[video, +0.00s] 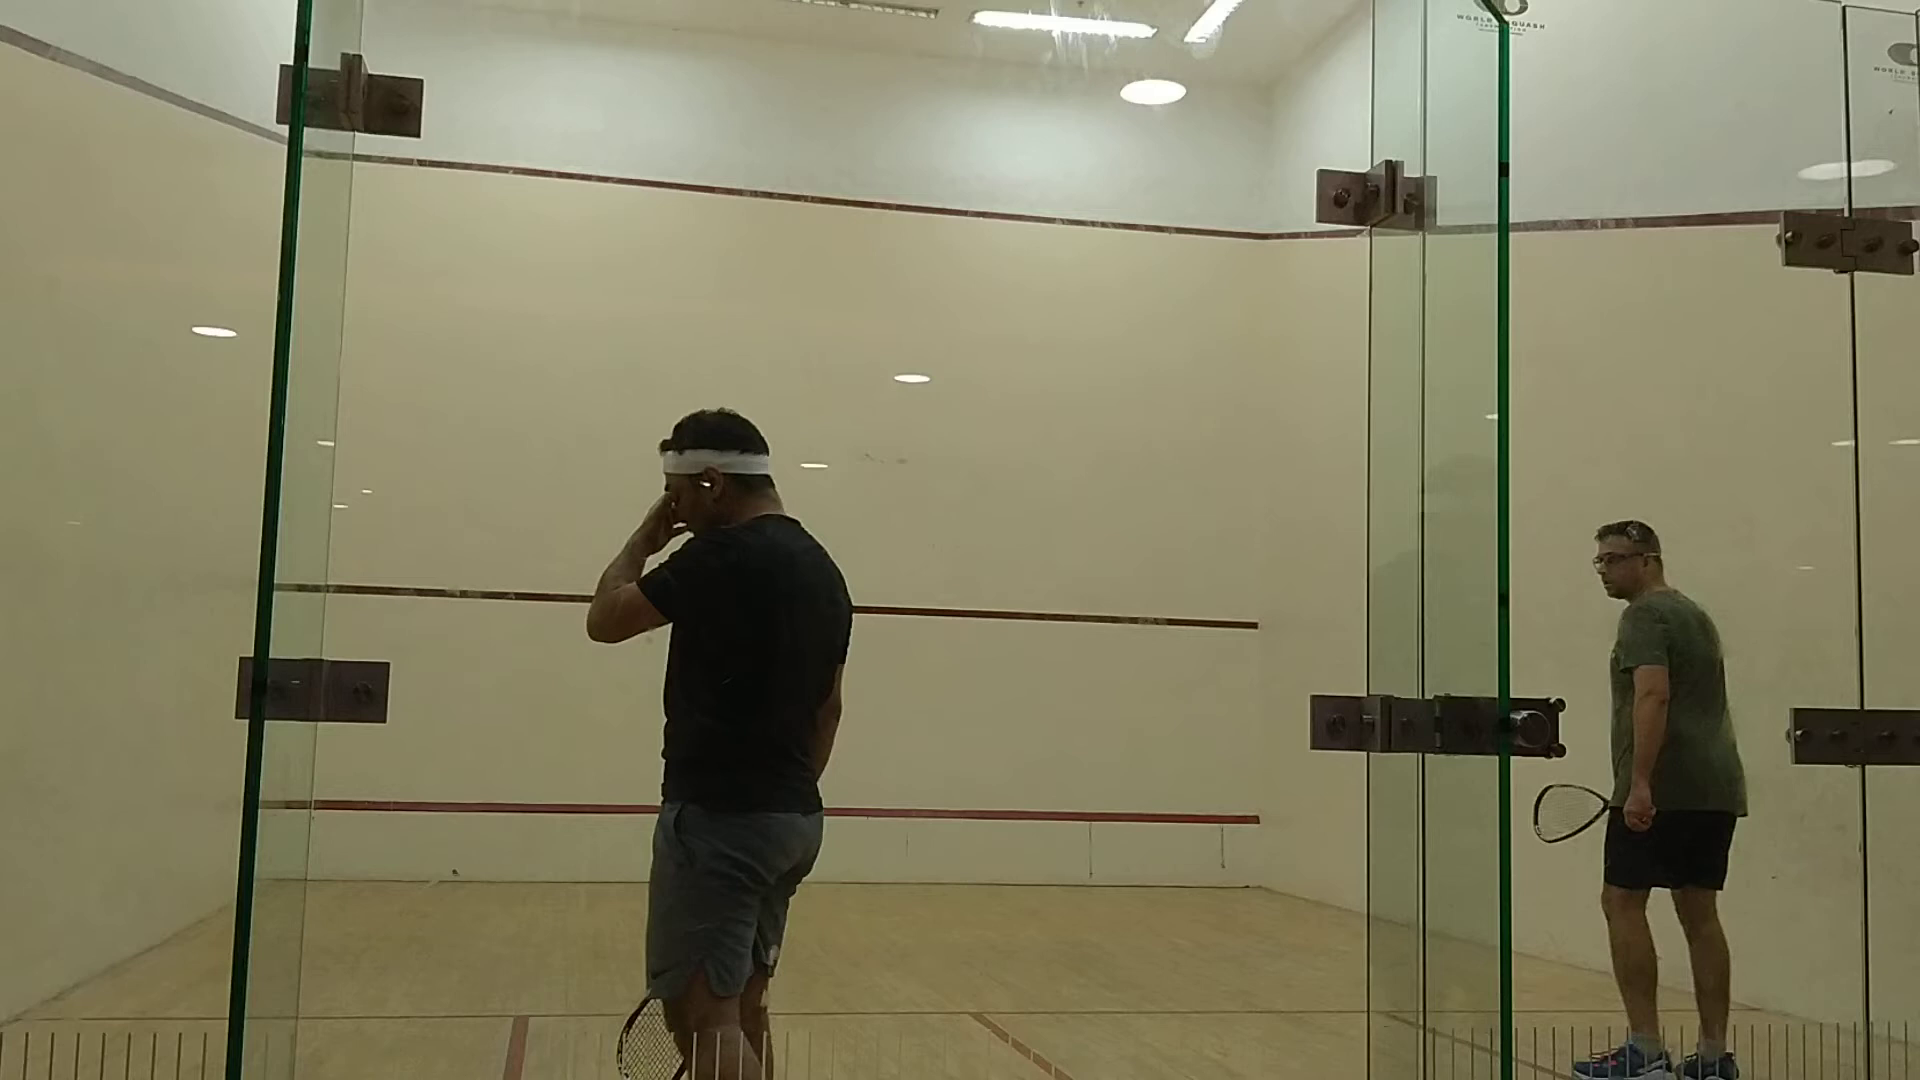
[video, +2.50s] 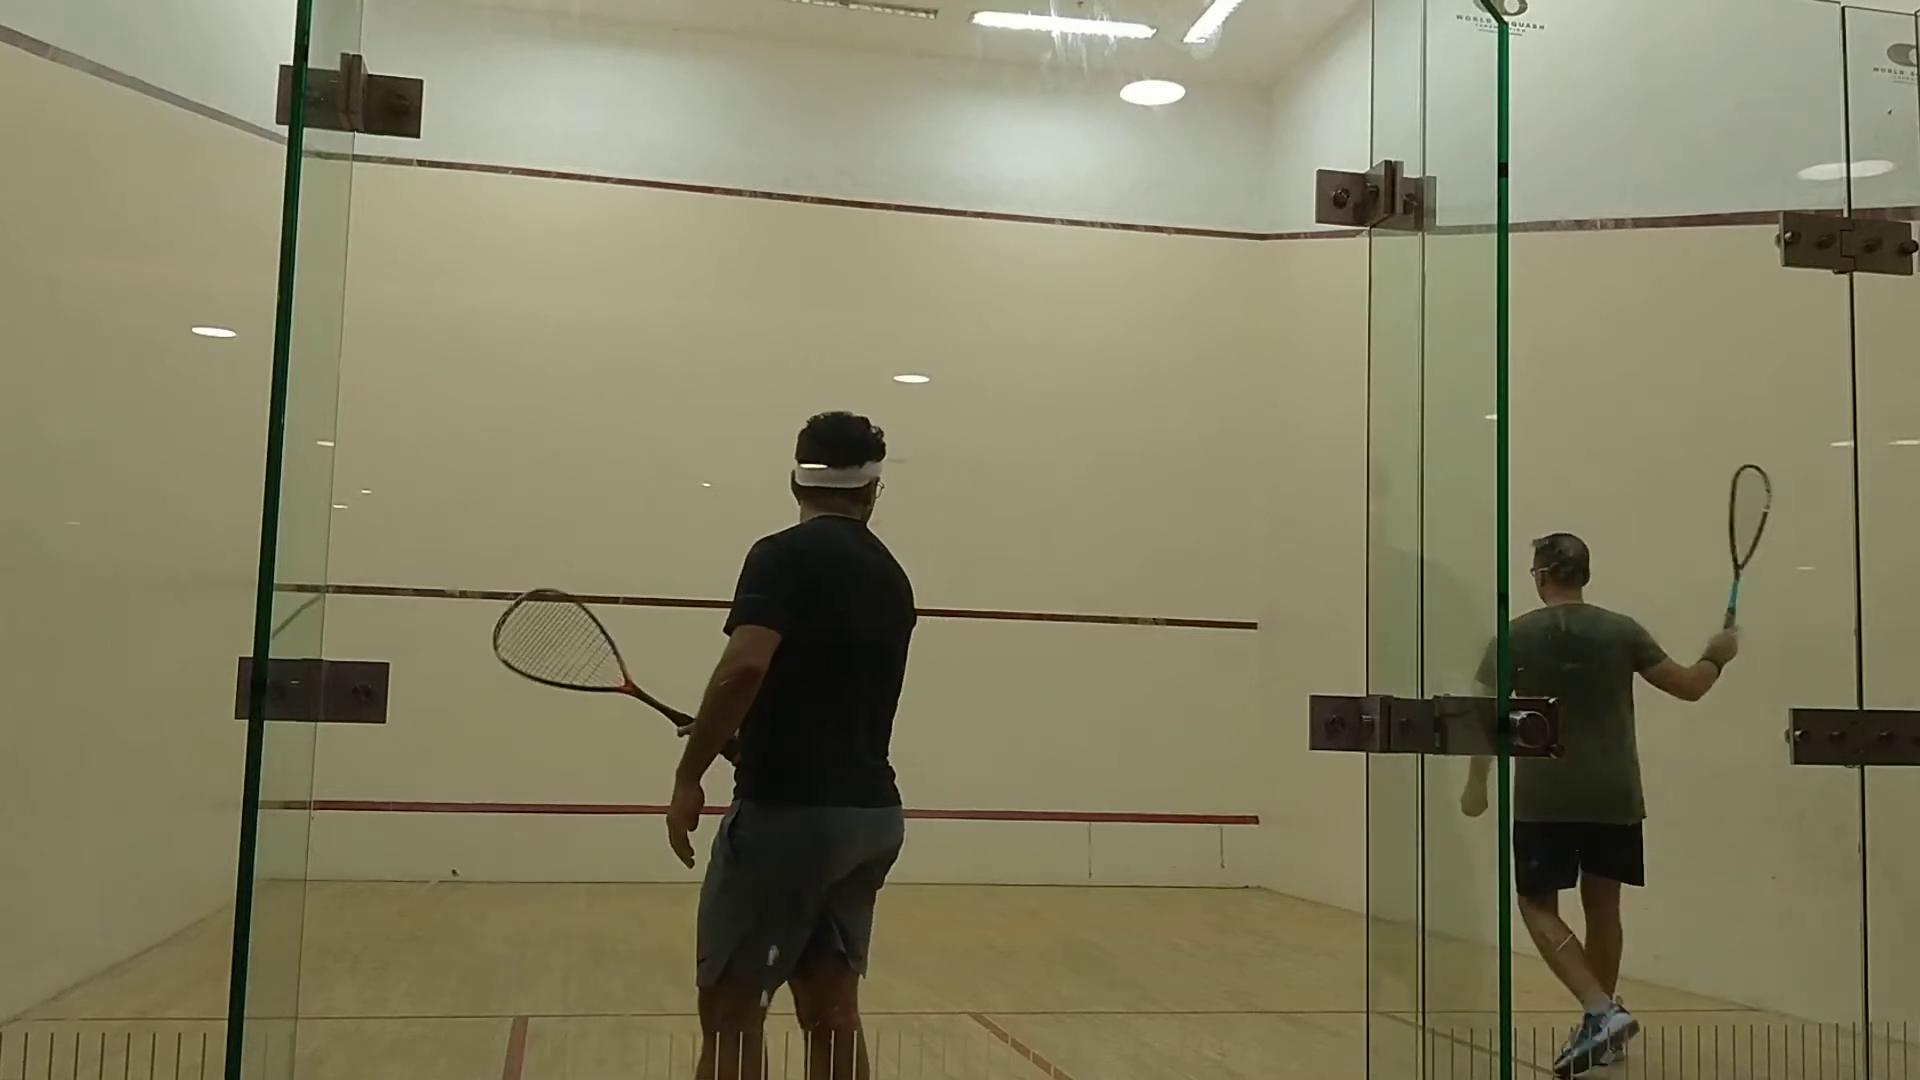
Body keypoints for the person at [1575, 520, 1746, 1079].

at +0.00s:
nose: (1601, 570)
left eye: (1611, 561)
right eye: (1599, 562)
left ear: (1646, 560)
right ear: (1648, 567)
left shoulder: (1644, 614)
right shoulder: (1692, 614)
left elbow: (1653, 697)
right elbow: (1702, 710)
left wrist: (1639, 782)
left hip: (1657, 793)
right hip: (1711, 793)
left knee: (1621, 901)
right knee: (1699, 910)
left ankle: (1644, 1047)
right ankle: (1714, 1053)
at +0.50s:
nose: (1548, 570)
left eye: (1557, 560)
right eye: (1546, 562)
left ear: (1593, 560)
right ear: (1598, 565)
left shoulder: (1599, 618)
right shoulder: (1640, 612)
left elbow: (1591, 700)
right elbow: (1648, 702)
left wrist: (1556, 724)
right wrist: (1572, 733)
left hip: (1611, 797)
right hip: (1656, 791)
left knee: (1609, 911)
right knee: (1638, 903)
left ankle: (1629, 1052)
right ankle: (1684, 1033)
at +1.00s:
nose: (1522, 607)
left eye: (1518, 595)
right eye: (1516, 598)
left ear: (1535, 578)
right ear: (1558, 571)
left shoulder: (1555, 631)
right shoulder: (1629, 615)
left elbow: (1548, 722)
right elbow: (1643, 706)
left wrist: (1530, 794)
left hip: (1607, 799)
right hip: (1667, 791)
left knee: (1619, 918)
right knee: (1654, 912)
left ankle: (1629, 1052)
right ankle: (1669, 1044)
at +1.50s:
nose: (1531, 604)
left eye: (1530, 592)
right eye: (1527, 594)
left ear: (1550, 580)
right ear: (1575, 575)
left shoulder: (1557, 623)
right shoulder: (1636, 619)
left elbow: (1538, 711)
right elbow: (1644, 708)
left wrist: (1554, 744)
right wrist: (1573, 740)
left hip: (1610, 796)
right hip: (1672, 790)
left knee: (1621, 917)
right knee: (1659, 914)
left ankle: (1629, 1052)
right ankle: (1670, 1050)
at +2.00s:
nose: (1524, 583)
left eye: (1529, 571)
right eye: (1523, 572)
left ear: (1564, 566)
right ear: (1576, 568)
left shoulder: (1550, 625)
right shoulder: (1637, 618)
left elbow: (1538, 713)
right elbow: (1682, 697)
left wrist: (1518, 783)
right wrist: (1699, 748)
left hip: (1592, 798)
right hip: (1650, 794)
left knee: (1609, 918)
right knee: (1633, 907)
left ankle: (1628, 1052)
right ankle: (1646, 1042)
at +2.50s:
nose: (1533, 581)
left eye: (1534, 574)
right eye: (1538, 573)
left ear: (1541, 577)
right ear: (1585, 576)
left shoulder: (1512, 638)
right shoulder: (1620, 630)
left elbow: (1484, 716)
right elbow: (1690, 687)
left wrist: (1476, 783)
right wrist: (1717, 653)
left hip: (1540, 804)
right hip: (1613, 802)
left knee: (1538, 907)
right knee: (1603, 908)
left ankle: (1604, 1013)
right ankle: (1598, 1030)